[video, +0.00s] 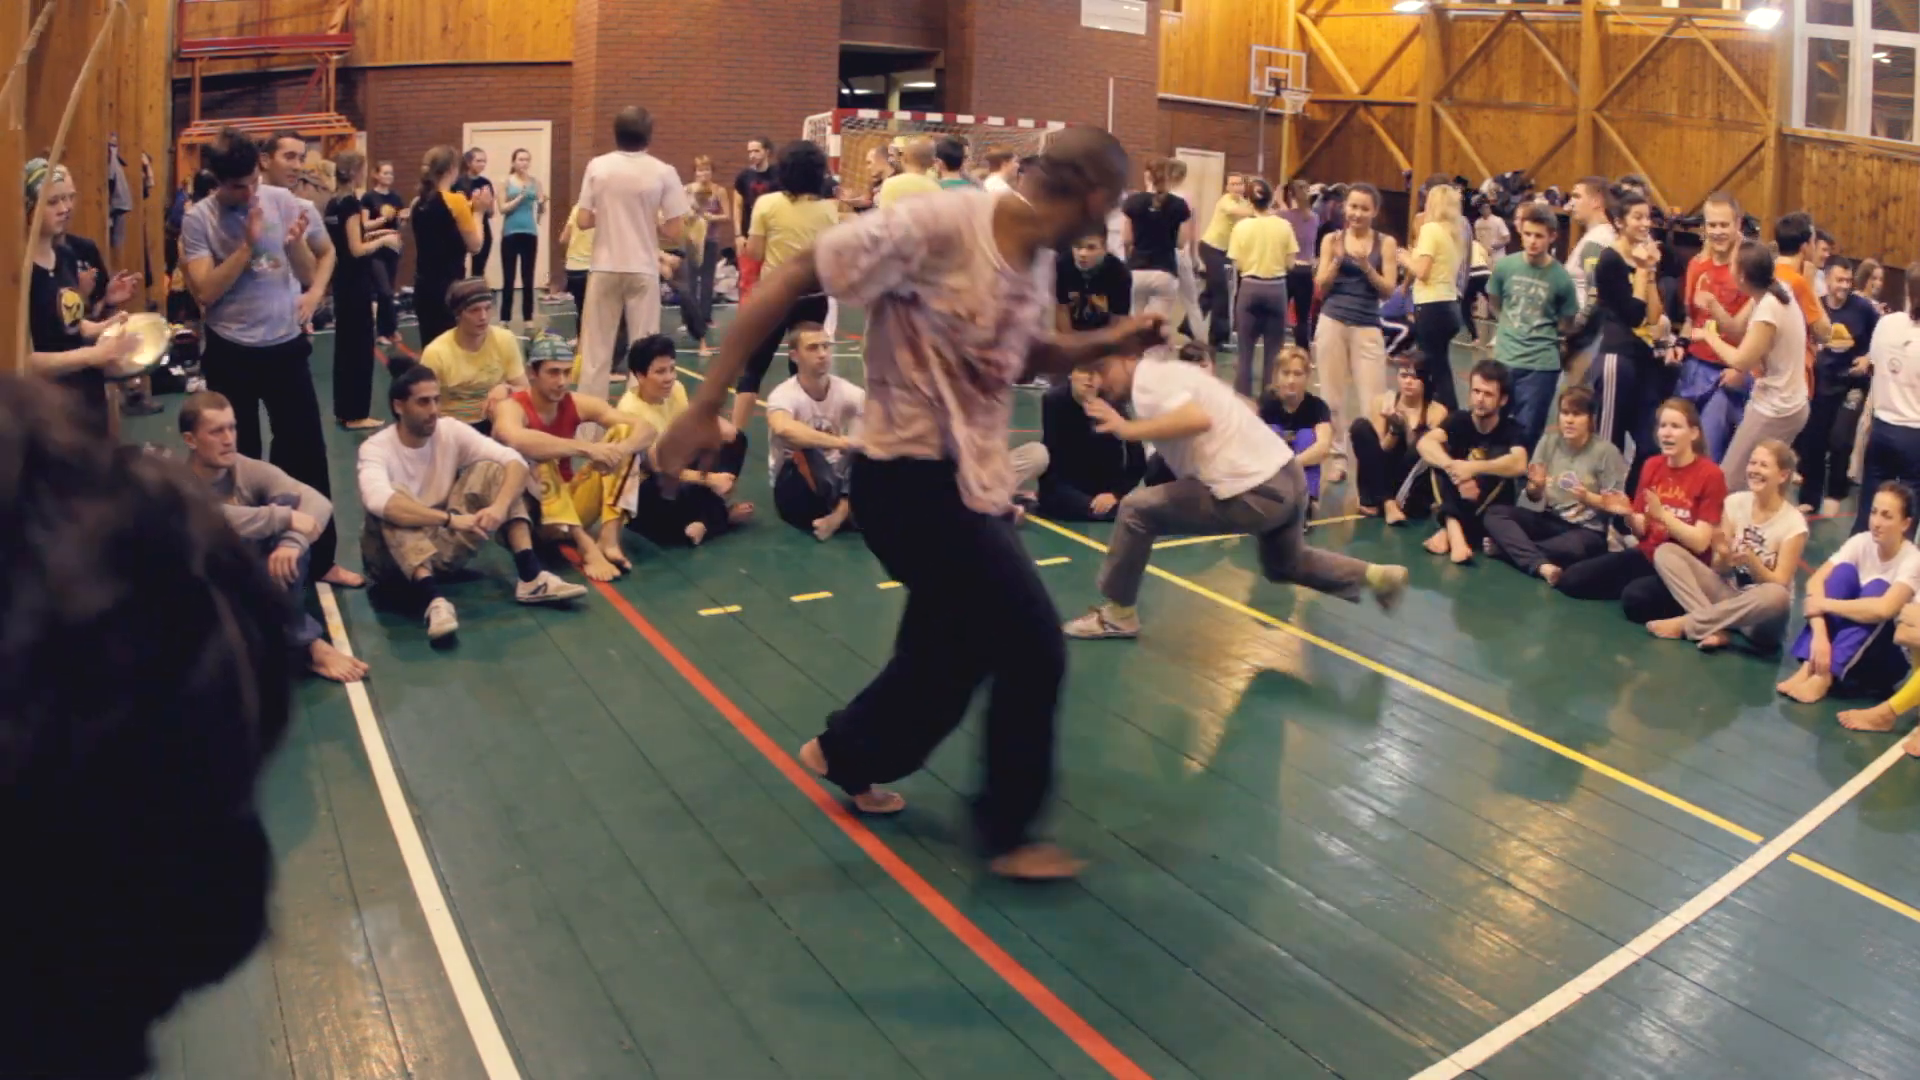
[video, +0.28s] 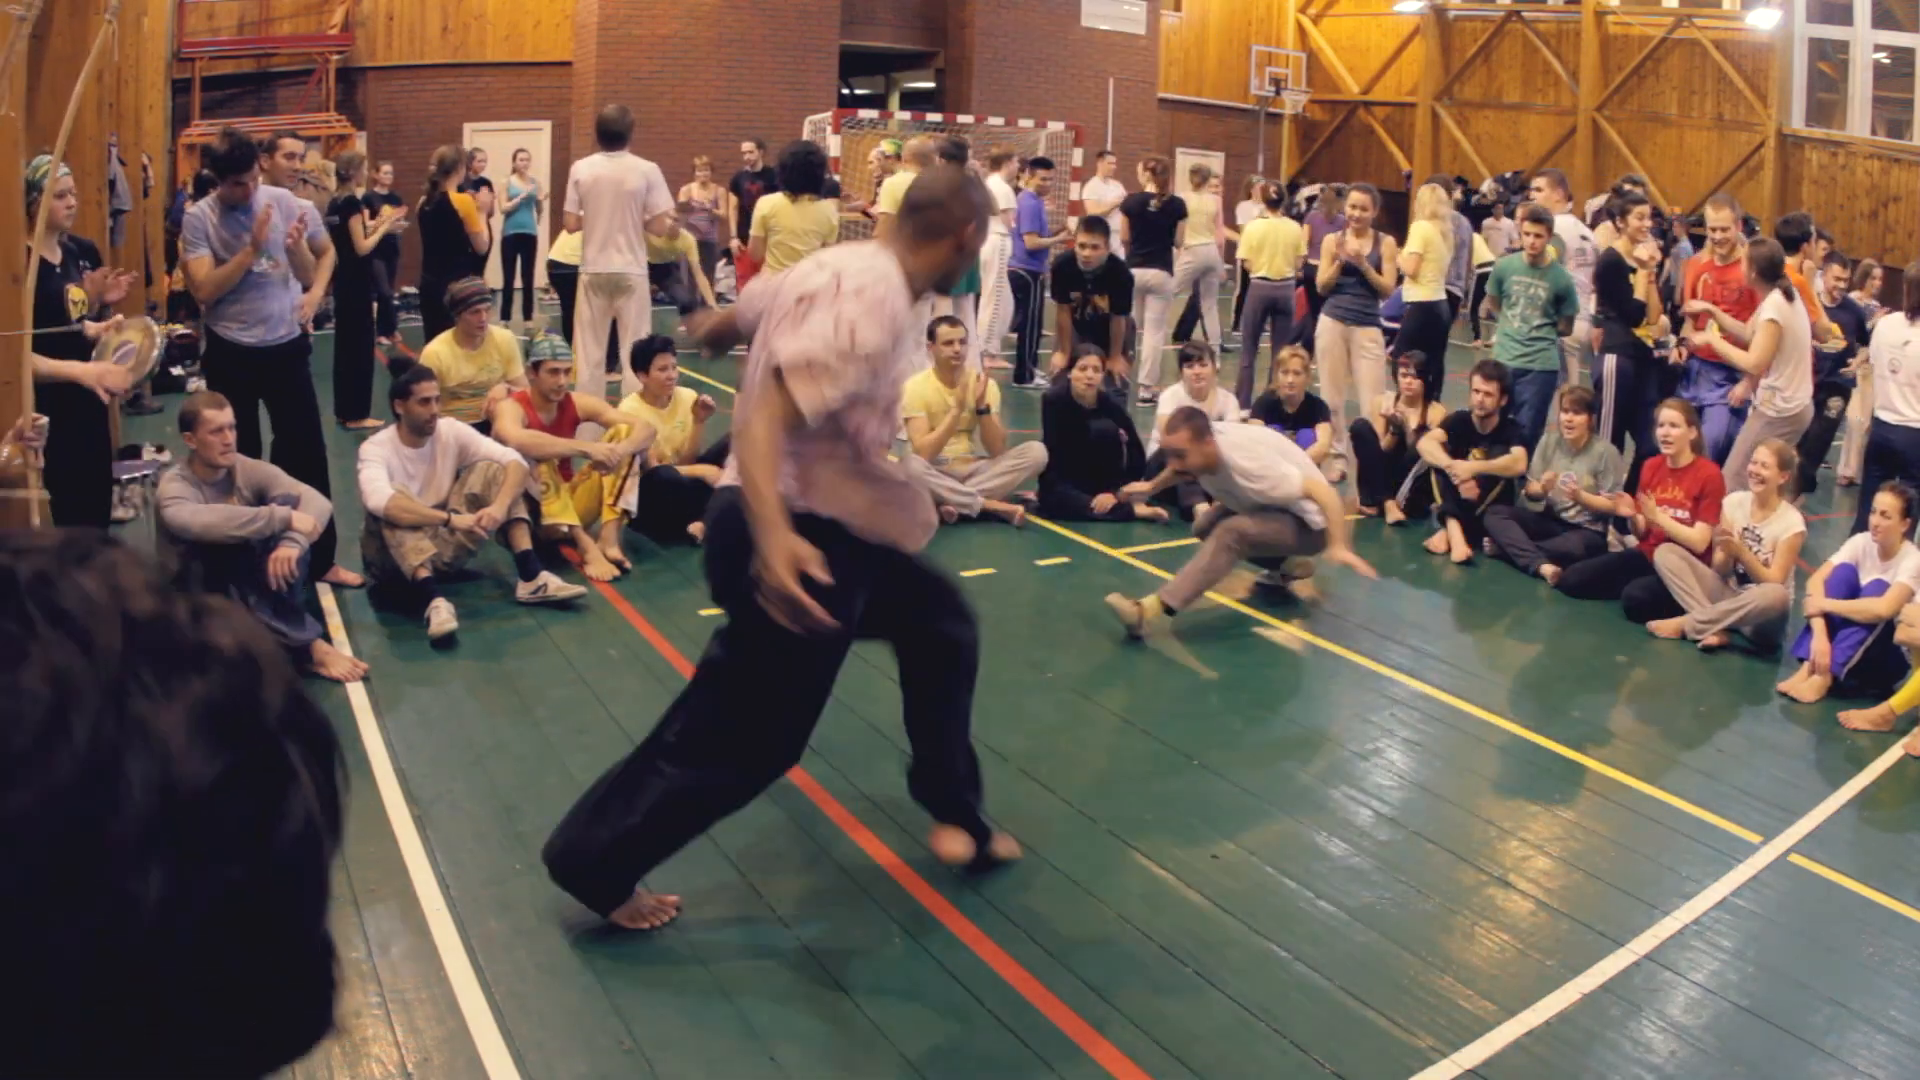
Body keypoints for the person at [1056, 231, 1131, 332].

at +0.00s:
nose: (1083, 254)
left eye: (1091, 248)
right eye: (1078, 247)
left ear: (1104, 248)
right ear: (1071, 247)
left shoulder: (1118, 272)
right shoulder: (1064, 266)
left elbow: (1117, 330)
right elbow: (1062, 309)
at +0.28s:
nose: (1087, 254)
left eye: (1095, 248)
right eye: (1082, 246)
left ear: (1107, 248)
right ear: (1074, 245)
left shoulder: (1120, 273)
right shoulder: (1062, 266)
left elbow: (1118, 319)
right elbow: (1063, 311)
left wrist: (1115, 356)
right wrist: (1064, 352)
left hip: (1109, 331)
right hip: (1075, 330)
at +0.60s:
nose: (1094, 257)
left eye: (1101, 251)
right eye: (1088, 250)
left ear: (1112, 251)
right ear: (1079, 248)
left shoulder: (1122, 274)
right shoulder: (1064, 267)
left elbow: (1120, 321)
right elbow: (1064, 313)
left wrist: (1113, 358)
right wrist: (1064, 353)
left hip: (1108, 336)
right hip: (1075, 334)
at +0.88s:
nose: (1101, 259)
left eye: (1108, 252)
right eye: (1095, 253)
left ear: (1115, 251)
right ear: (1082, 250)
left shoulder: (1124, 275)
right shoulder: (1065, 268)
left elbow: (1121, 320)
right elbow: (1064, 314)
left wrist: (1118, 357)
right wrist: (1064, 354)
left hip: (1112, 333)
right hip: (1077, 332)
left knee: (1116, 388)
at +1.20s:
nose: (1108, 255)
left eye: (1114, 248)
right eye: (1101, 248)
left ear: (1121, 248)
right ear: (1088, 245)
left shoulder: (1127, 271)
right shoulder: (1068, 267)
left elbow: (1124, 319)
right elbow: (1066, 314)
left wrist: (1121, 358)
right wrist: (1066, 359)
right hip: (1079, 336)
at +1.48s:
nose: (1120, 231)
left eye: (1127, 225)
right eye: (1114, 223)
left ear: (1135, 227)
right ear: (1102, 224)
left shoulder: (1139, 260)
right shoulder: (1078, 253)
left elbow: (1137, 309)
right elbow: (1064, 300)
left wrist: (1130, 352)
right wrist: (1061, 347)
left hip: (1117, 334)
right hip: (1079, 329)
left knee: (1114, 392)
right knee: (1065, 388)